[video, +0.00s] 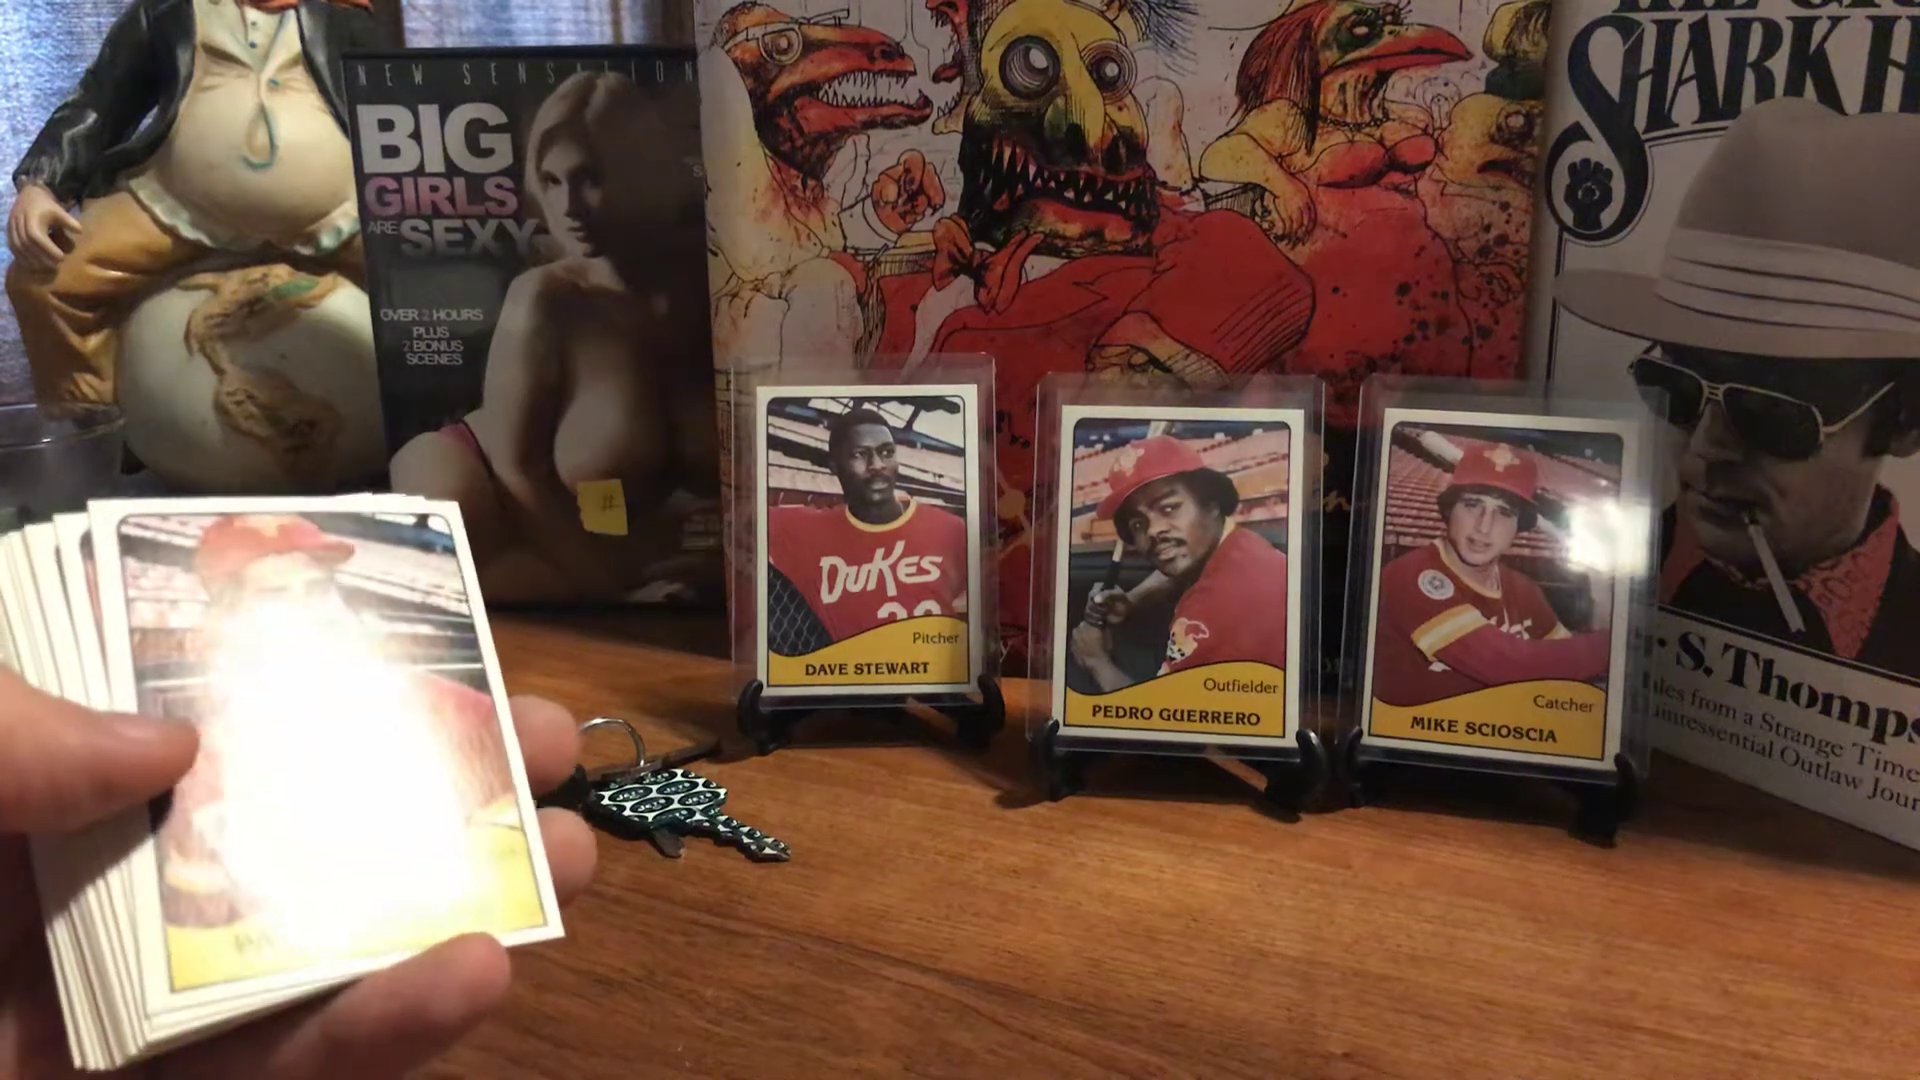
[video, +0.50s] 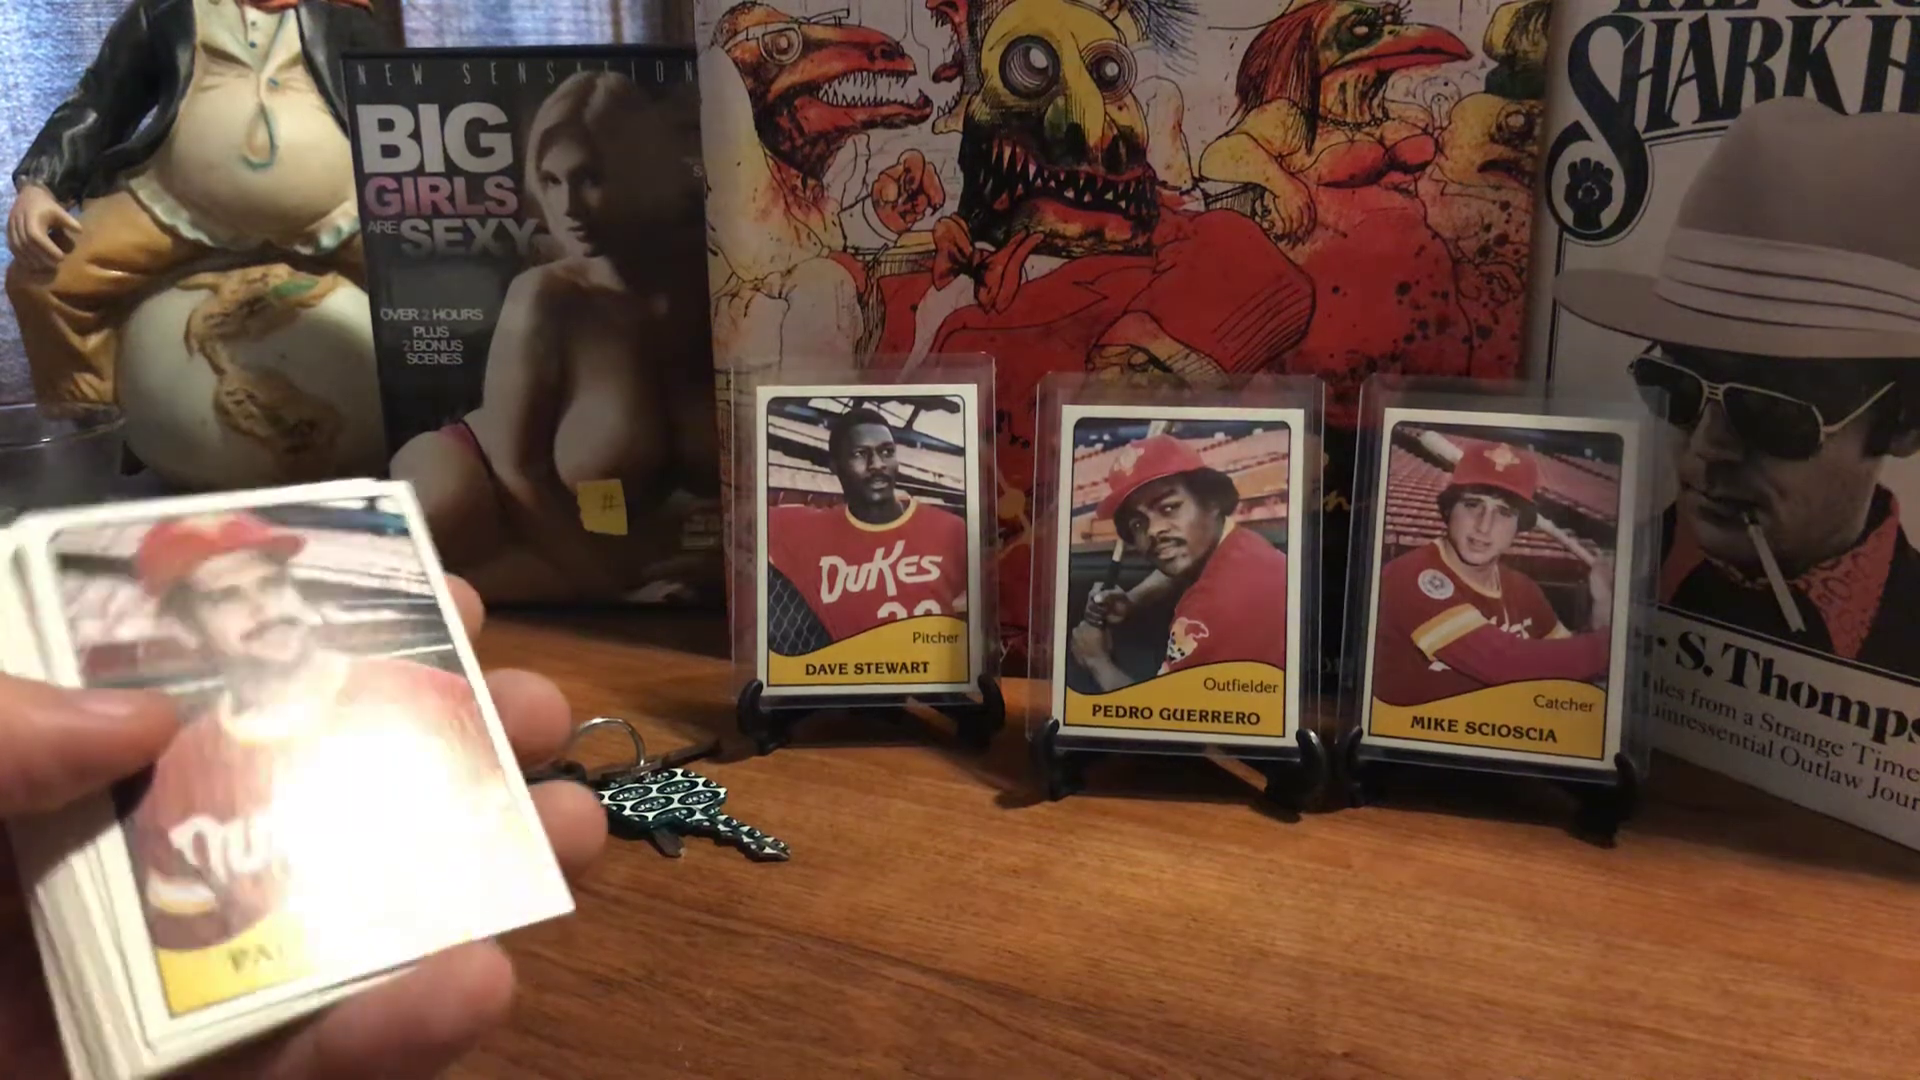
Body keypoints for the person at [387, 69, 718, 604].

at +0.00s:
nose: (570, 205)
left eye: (591, 178)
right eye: (553, 182)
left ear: (643, 177)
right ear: (538, 189)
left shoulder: (687, 295)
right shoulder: (542, 297)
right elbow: (513, 463)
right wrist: (611, 580)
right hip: (475, 464)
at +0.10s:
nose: (569, 205)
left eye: (591, 178)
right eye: (552, 181)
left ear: (641, 177)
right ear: (536, 189)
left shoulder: (683, 296)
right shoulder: (542, 297)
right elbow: (513, 465)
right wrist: (612, 581)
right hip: (477, 466)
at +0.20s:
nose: (569, 204)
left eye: (591, 177)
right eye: (552, 181)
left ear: (640, 176)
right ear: (537, 188)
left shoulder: (684, 294)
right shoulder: (542, 296)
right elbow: (514, 466)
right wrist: (614, 582)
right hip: (476, 465)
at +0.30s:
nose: (570, 205)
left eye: (591, 178)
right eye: (552, 181)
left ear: (640, 177)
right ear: (536, 188)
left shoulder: (685, 294)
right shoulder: (542, 296)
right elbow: (513, 465)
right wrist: (613, 581)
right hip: (479, 464)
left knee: (420, 586)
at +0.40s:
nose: (569, 205)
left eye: (591, 178)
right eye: (552, 181)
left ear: (640, 176)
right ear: (536, 188)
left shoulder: (686, 295)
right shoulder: (542, 296)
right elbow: (513, 465)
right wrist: (613, 580)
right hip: (480, 464)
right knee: (442, 511)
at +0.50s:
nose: (570, 205)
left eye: (591, 178)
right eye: (552, 181)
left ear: (640, 176)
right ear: (536, 188)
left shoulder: (690, 296)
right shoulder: (543, 296)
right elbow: (514, 466)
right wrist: (614, 580)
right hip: (482, 467)